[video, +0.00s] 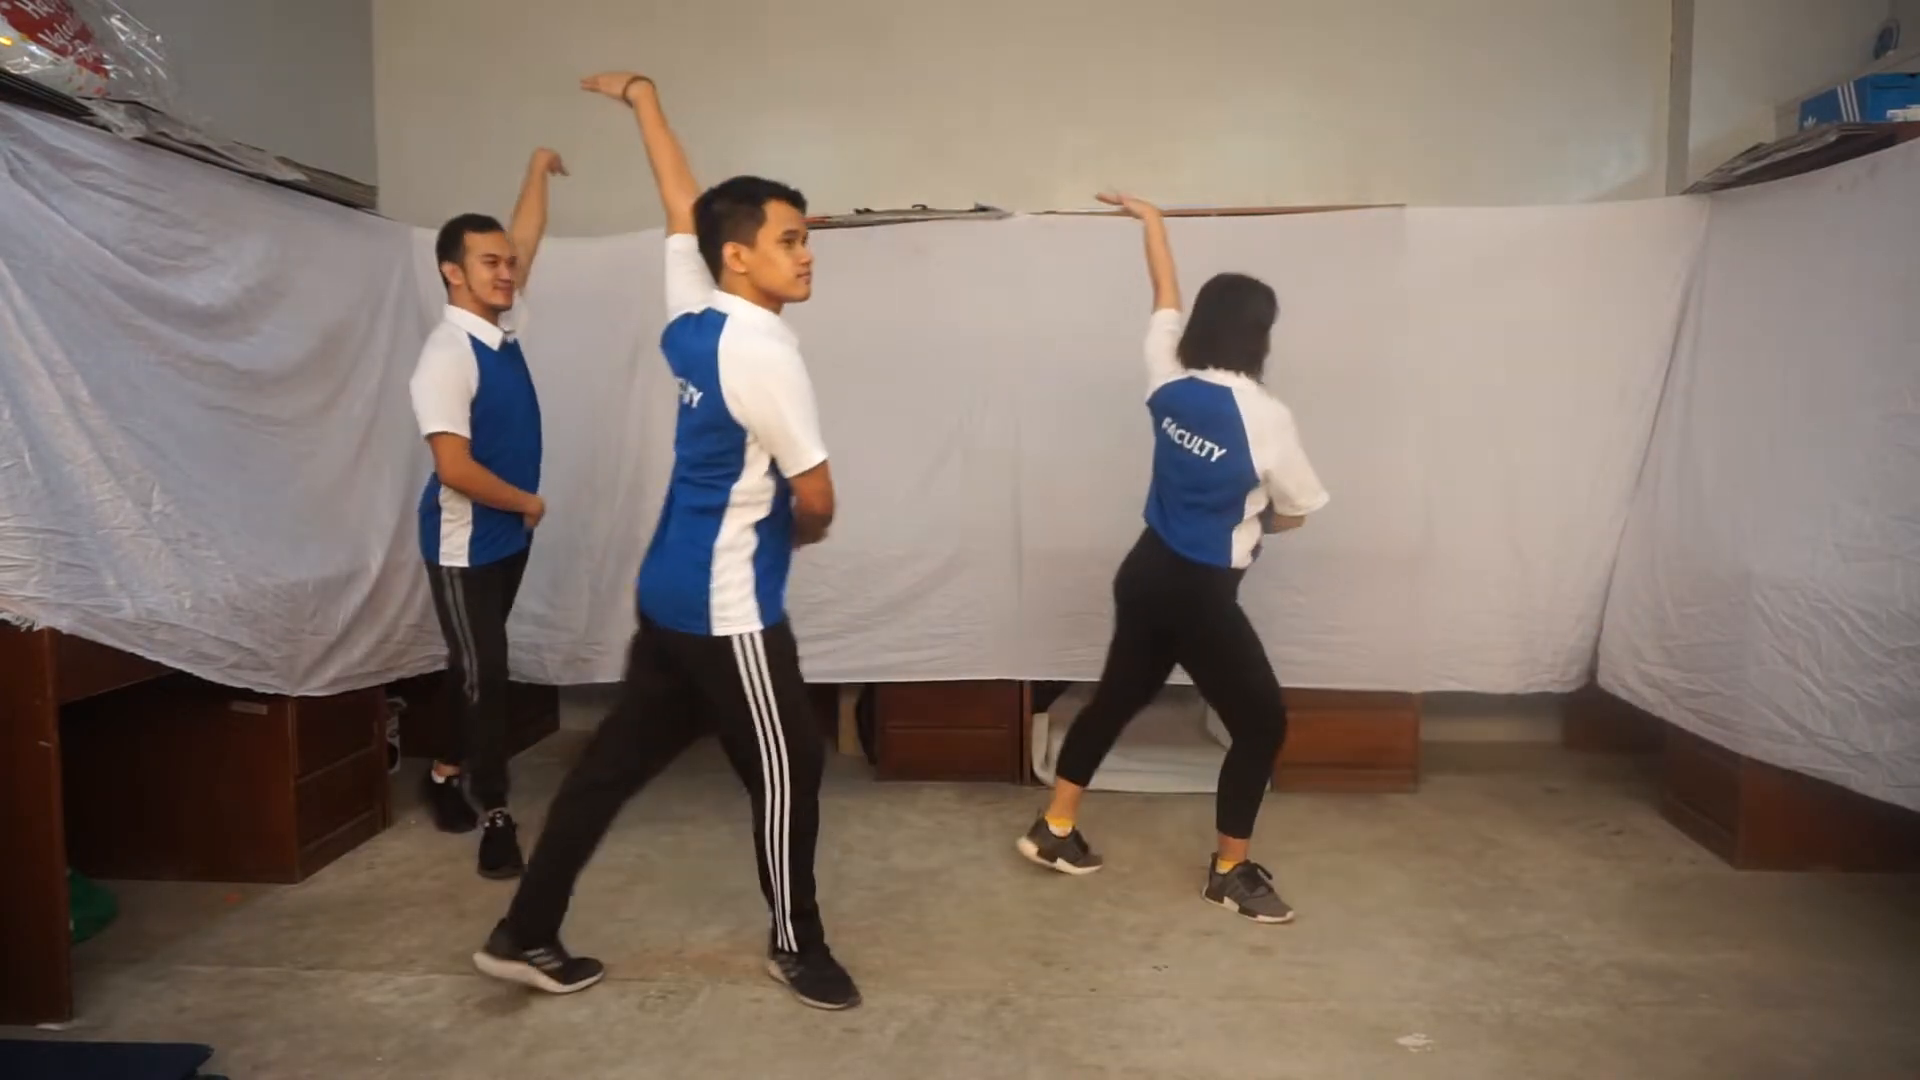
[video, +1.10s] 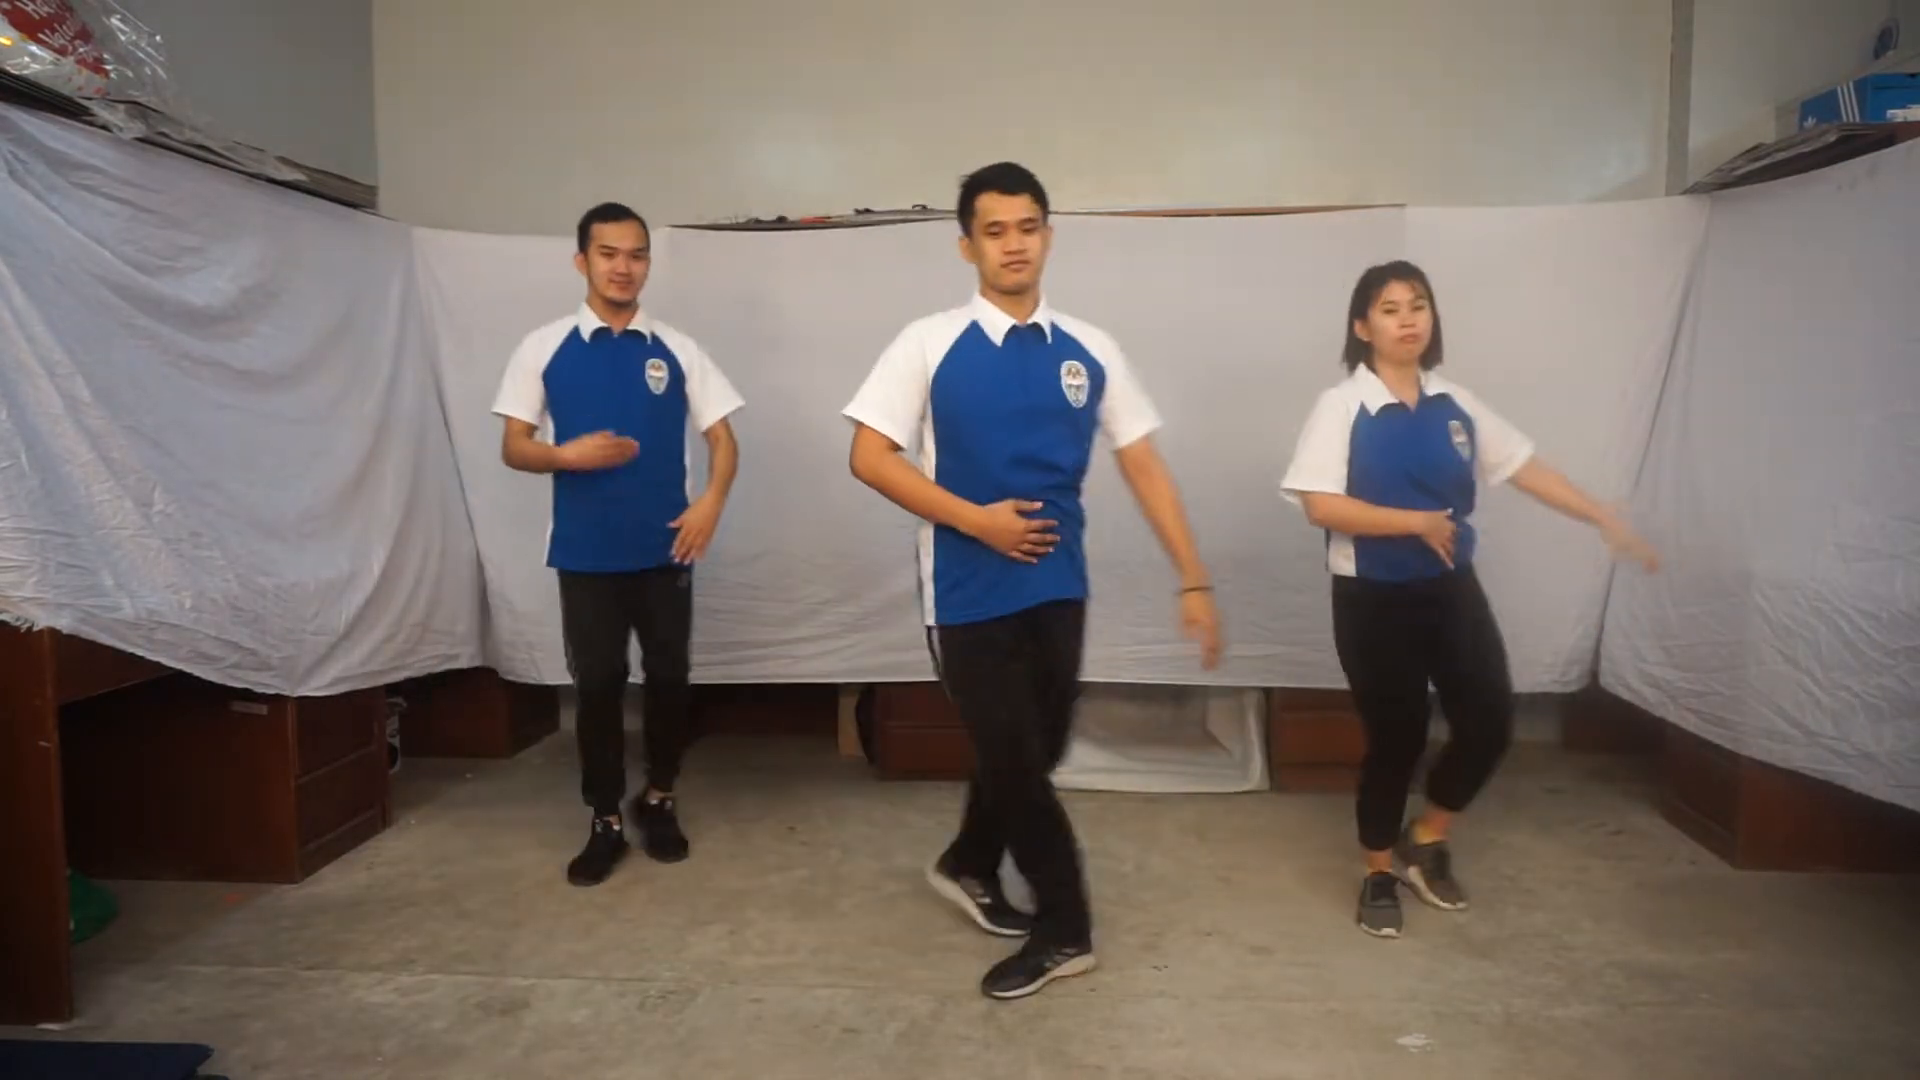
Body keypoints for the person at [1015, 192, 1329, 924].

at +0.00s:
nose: (1272, 335)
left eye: (1264, 324)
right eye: (1269, 326)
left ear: (1202, 326)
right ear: (1259, 335)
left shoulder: (1168, 378)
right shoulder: (1263, 415)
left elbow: (1164, 293)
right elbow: (1300, 506)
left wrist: (1148, 216)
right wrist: (1253, 519)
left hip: (1144, 576)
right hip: (1201, 595)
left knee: (1116, 698)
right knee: (1262, 724)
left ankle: (1055, 825)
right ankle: (1231, 867)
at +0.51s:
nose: (1275, 353)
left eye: (1273, 341)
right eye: (1269, 341)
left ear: (1213, 345)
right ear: (1237, 346)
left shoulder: (1185, 398)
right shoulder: (1257, 423)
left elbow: (1202, 328)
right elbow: (1300, 524)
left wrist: (1209, 252)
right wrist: (1275, 531)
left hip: (1159, 582)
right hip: (1215, 604)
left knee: (1122, 704)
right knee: (1308, 723)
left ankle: (1060, 827)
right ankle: (1286, 870)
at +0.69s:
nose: (1324, 324)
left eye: (1322, 312)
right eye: (1307, 315)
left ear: (1287, 337)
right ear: (1271, 337)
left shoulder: (1275, 388)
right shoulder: (1291, 401)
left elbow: (1305, 445)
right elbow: (1343, 507)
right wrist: (1382, 533)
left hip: (1250, 581)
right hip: (1281, 592)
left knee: (1285, 719)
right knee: (1329, 728)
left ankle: (1166, 799)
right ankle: (1286, 872)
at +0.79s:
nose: (1350, 319)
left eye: (1349, 307)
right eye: (1330, 312)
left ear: (1351, 322)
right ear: (1296, 334)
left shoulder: (1329, 394)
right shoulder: (1311, 400)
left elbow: (1352, 465)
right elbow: (1350, 507)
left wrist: (1414, 473)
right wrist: (1417, 534)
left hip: (1317, 591)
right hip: (1291, 596)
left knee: (1370, 716)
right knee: (1329, 731)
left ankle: (1272, 820)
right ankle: (1286, 869)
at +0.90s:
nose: (1370, 313)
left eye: (1374, 301)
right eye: (1351, 306)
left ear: (1387, 313)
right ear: (1321, 328)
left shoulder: (1380, 394)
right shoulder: (1322, 395)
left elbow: (1408, 482)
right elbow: (1341, 502)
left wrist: (1477, 522)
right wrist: (1422, 530)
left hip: (1373, 585)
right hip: (1317, 590)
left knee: (1412, 711)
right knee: (1343, 730)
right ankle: (1291, 869)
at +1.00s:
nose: (1390, 316)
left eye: (1398, 303)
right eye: (1372, 306)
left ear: (1411, 316)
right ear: (1342, 324)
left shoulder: (1421, 400)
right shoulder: (1328, 398)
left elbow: (1466, 482)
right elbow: (1322, 501)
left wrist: (1541, 536)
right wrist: (1417, 526)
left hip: (1418, 582)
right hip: (1353, 589)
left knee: (1437, 715)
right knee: (1388, 726)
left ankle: (1400, 857)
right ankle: (1344, 865)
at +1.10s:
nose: (1407, 319)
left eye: (1417, 307)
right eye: (1390, 309)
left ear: (1432, 321)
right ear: (1362, 326)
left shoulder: (1454, 402)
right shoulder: (1341, 405)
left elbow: (1524, 469)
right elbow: (1321, 507)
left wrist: (1605, 517)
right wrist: (1412, 521)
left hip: (1451, 590)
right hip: (1373, 597)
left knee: (1488, 724)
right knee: (1396, 734)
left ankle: (1426, 842)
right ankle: (1378, 872)